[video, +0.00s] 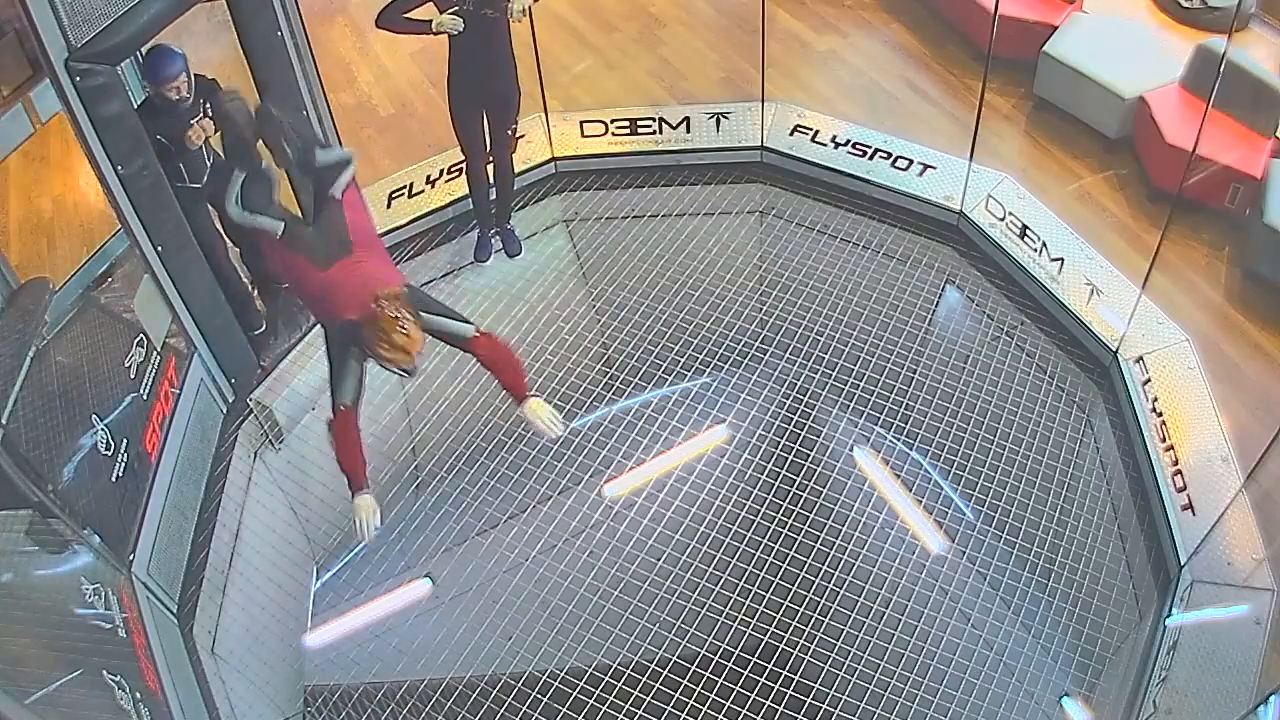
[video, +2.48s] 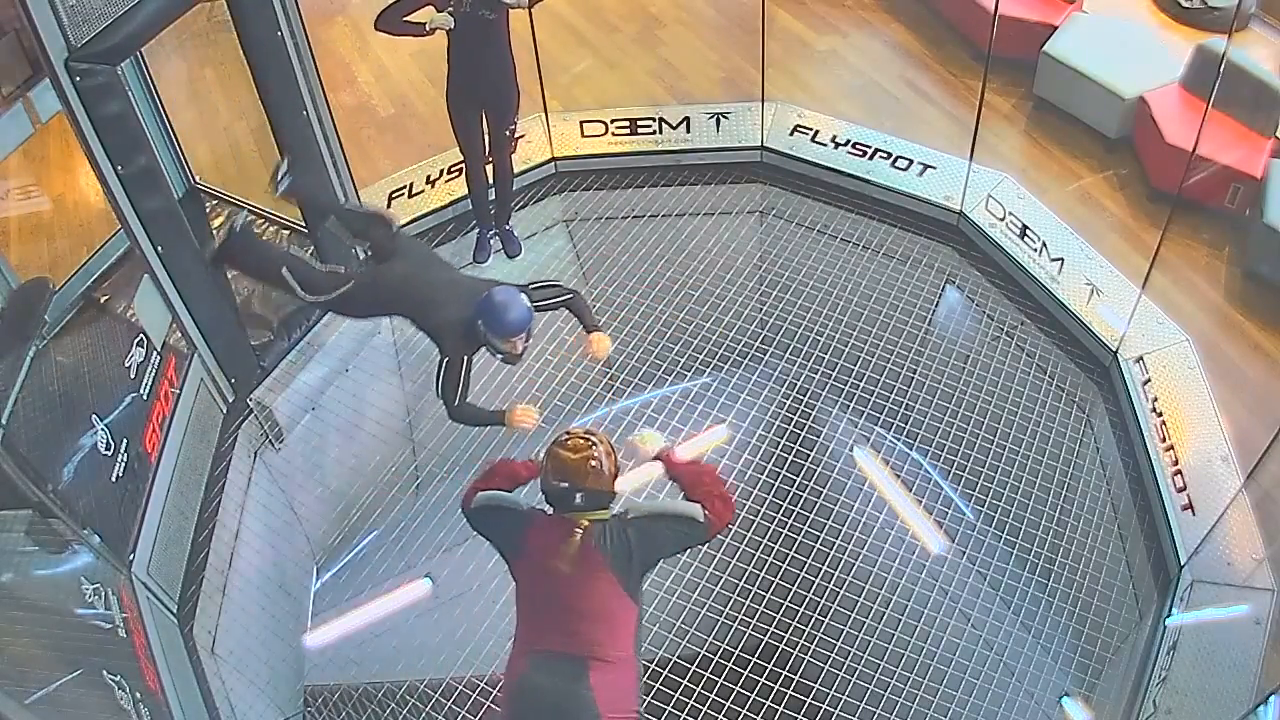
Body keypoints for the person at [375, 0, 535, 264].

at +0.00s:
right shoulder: (437, 1)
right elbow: (384, 18)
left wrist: (521, 4)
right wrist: (431, 25)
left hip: (502, 76)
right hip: (463, 81)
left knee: (503, 153)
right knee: (475, 158)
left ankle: (504, 224)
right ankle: (485, 229)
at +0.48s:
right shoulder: (446, 0)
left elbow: (523, 9)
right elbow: (395, 15)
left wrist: (528, 7)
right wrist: (438, 24)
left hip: (509, 79)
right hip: (469, 82)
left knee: (506, 155)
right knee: (477, 158)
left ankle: (505, 224)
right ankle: (485, 229)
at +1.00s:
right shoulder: (448, 1)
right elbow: (397, 18)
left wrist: (529, 3)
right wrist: (436, 28)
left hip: (510, 79)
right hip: (470, 82)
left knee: (507, 155)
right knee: (478, 158)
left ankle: (505, 224)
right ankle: (484, 228)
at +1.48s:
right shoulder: (441, 0)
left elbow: (521, 8)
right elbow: (389, 18)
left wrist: (521, 4)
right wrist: (430, 24)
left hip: (505, 78)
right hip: (466, 82)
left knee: (504, 154)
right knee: (476, 158)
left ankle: (504, 224)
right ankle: (484, 229)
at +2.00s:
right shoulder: (439, 1)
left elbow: (520, 4)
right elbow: (384, 18)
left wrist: (524, 1)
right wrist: (426, 26)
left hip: (502, 81)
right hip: (462, 85)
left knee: (503, 156)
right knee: (474, 161)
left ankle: (504, 225)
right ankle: (484, 230)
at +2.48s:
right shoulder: (438, 1)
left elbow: (532, 2)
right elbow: (384, 21)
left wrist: (524, 3)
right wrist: (426, 27)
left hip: (502, 82)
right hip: (462, 86)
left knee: (502, 155)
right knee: (473, 160)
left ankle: (504, 225)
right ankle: (484, 229)